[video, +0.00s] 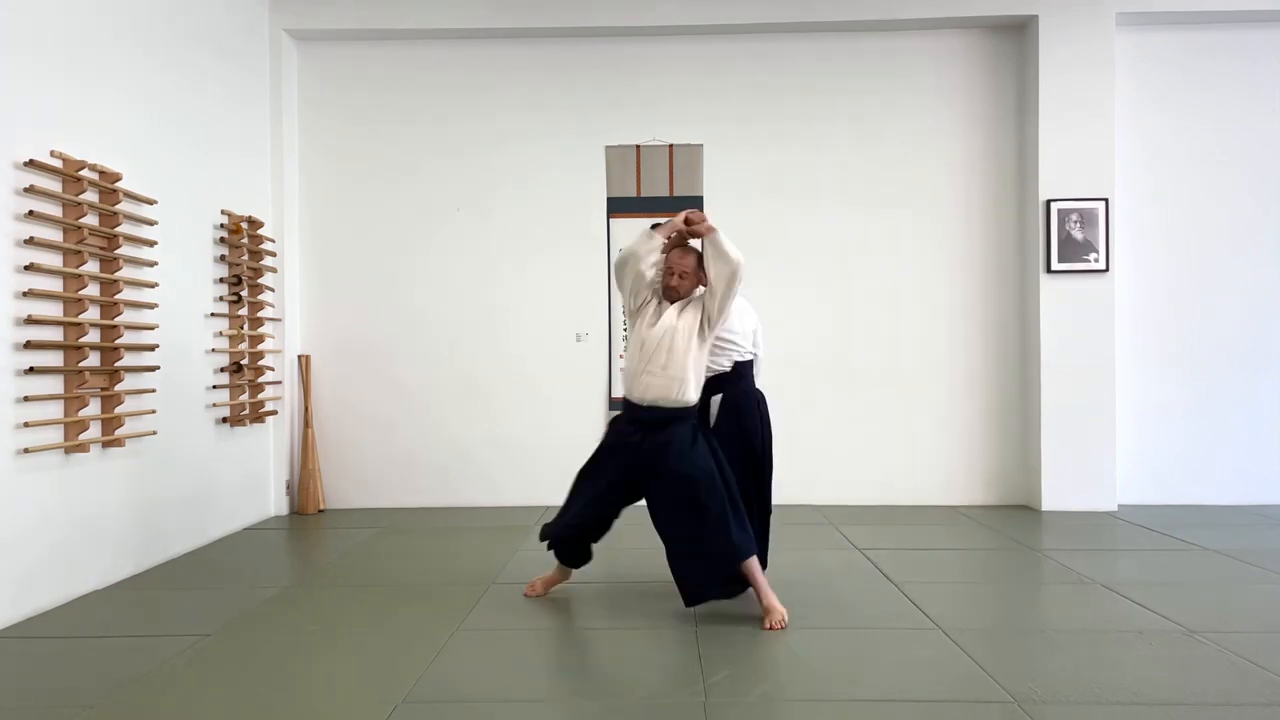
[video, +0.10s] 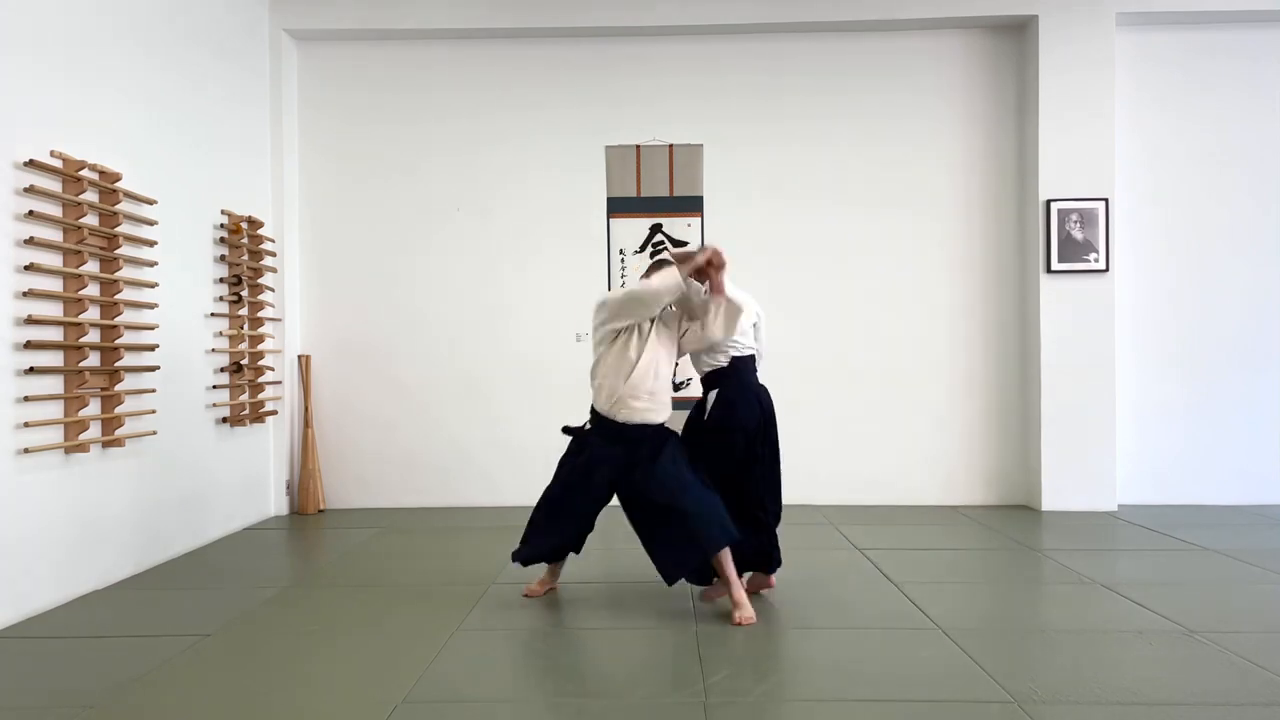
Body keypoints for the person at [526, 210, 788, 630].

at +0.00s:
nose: (673, 280)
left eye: (683, 275)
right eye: (669, 271)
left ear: (700, 279)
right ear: (660, 269)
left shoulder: (702, 315)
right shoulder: (643, 305)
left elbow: (730, 269)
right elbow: (628, 263)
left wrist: (709, 232)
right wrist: (663, 230)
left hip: (680, 427)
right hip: (632, 424)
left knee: (719, 506)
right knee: (585, 501)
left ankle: (766, 595)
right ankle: (561, 571)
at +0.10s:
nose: (671, 287)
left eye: (677, 283)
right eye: (666, 279)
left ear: (681, 290)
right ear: (645, 278)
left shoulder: (675, 324)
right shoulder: (610, 312)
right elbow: (653, 293)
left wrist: (717, 287)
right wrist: (688, 267)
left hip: (654, 439)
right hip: (604, 434)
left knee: (697, 507)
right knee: (571, 505)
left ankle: (736, 590)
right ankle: (550, 575)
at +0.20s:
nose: (651, 304)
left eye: (655, 299)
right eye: (647, 296)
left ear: (655, 297)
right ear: (624, 286)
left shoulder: (649, 329)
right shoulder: (590, 318)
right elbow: (630, 336)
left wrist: (696, 332)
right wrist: (678, 311)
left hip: (643, 436)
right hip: (595, 436)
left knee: (677, 506)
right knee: (563, 509)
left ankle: (708, 587)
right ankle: (548, 576)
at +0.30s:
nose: (640, 302)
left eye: (644, 295)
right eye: (635, 295)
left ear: (647, 291)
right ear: (613, 286)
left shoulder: (646, 323)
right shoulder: (581, 321)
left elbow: (661, 381)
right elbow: (590, 361)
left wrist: (668, 355)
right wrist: (642, 346)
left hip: (642, 431)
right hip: (593, 433)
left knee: (674, 506)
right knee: (561, 508)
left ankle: (690, 588)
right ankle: (543, 575)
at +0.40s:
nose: (641, 308)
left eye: (646, 302)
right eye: (635, 301)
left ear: (649, 298)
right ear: (613, 290)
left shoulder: (654, 332)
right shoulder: (582, 329)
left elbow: (668, 392)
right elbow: (577, 383)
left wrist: (662, 372)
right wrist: (630, 379)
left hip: (646, 434)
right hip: (596, 435)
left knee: (673, 503)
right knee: (562, 505)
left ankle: (694, 586)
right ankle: (546, 577)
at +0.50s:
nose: (646, 330)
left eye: (652, 323)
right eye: (639, 322)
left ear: (657, 317)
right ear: (618, 313)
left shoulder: (664, 344)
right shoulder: (590, 341)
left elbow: (679, 394)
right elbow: (573, 394)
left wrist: (660, 407)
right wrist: (627, 410)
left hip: (647, 442)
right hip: (599, 439)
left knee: (675, 511)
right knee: (567, 506)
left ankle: (697, 595)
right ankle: (547, 580)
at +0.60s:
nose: (643, 368)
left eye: (650, 361)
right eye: (635, 362)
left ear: (659, 349)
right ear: (622, 347)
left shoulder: (674, 370)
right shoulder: (602, 358)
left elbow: (688, 427)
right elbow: (584, 411)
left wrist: (654, 452)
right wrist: (619, 450)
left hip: (664, 452)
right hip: (613, 446)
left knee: (679, 517)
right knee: (575, 504)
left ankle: (697, 592)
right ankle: (549, 571)